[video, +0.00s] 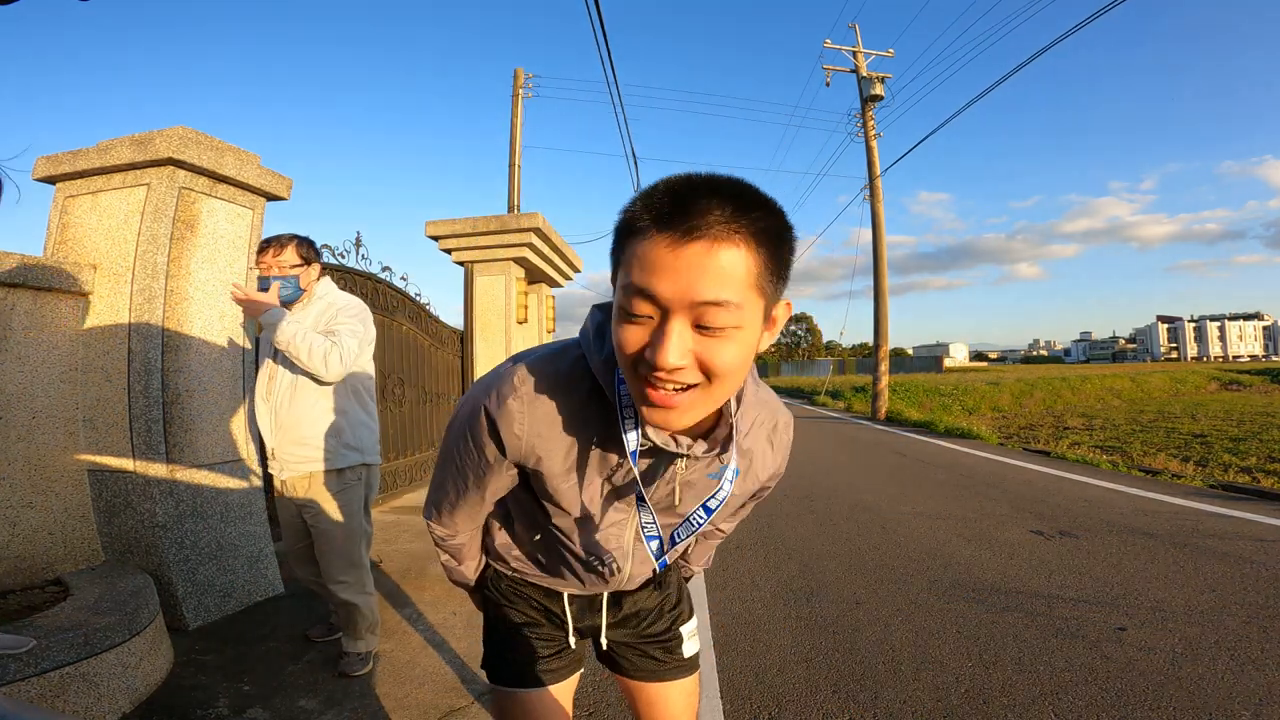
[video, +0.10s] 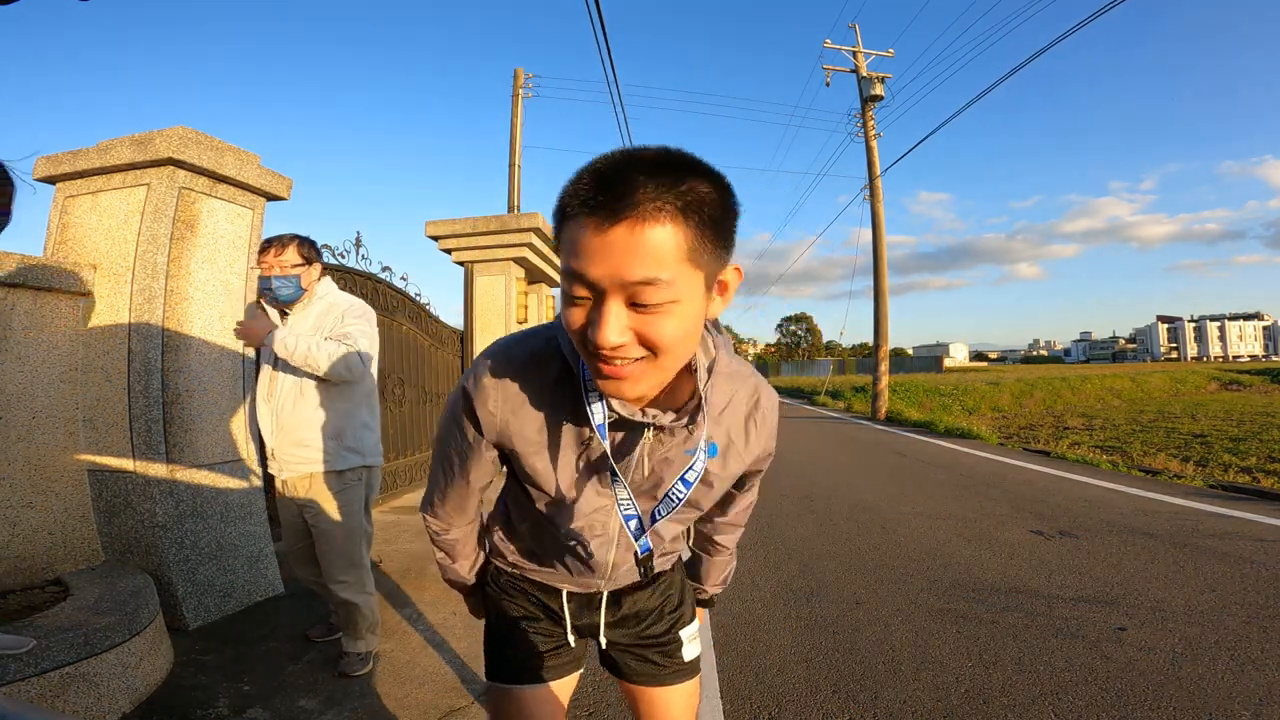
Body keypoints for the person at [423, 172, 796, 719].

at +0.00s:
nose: (665, 355)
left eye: (708, 325)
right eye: (640, 314)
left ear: (770, 326)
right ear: (614, 299)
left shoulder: (767, 432)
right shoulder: (520, 401)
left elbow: (716, 528)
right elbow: (450, 518)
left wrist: (676, 569)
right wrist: (486, 583)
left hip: (653, 581)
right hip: (531, 586)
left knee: (674, 710)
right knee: (533, 708)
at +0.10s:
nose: (604, 333)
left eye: (644, 302)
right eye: (581, 296)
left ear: (719, 293)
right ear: (563, 280)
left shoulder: (748, 407)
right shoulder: (501, 385)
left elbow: (728, 516)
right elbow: (447, 515)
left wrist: (702, 586)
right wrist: (474, 586)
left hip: (656, 581)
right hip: (533, 584)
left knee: (673, 710)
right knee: (522, 709)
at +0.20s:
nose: (540, 312)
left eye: (574, 279)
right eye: (518, 277)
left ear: (659, 264)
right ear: (503, 264)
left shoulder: (718, 383)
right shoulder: (473, 375)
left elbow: (727, 517)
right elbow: (437, 515)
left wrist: (728, 609)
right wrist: (455, 598)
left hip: (651, 591)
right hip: (525, 592)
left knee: (665, 709)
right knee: (506, 709)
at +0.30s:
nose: (465, 300)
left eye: (497, 267)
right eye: (445, 269)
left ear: (591, 246)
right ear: (432, 260)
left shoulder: (683, 361)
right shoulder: (442, 368)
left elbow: (729, 506)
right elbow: (424, 503)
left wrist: (742, 625)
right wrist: (428, 611)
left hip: (638, 595)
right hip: (511, 596)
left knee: (658, 709)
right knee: (484, 708)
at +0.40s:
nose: (374, 305)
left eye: (401, 269)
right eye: (360, 273)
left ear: (509, 242)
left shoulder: (640, 356)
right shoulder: (397, 376)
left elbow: (718, 518)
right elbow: (394, 514)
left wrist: (713, 660)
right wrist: (383, 627)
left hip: (620, 602)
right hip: (489, 601)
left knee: (648, 709)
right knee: (468, 707)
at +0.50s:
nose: (262, 327)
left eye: (286, 286)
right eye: (244, 292)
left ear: (407, 253)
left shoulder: (574, 360)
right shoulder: (337, 395)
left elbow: (670, 541)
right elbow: (336, 532)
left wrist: (622, 692)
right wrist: (299, 644)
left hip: (586, 606)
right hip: (461, 609)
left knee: (592, 707)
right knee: (433, 709)